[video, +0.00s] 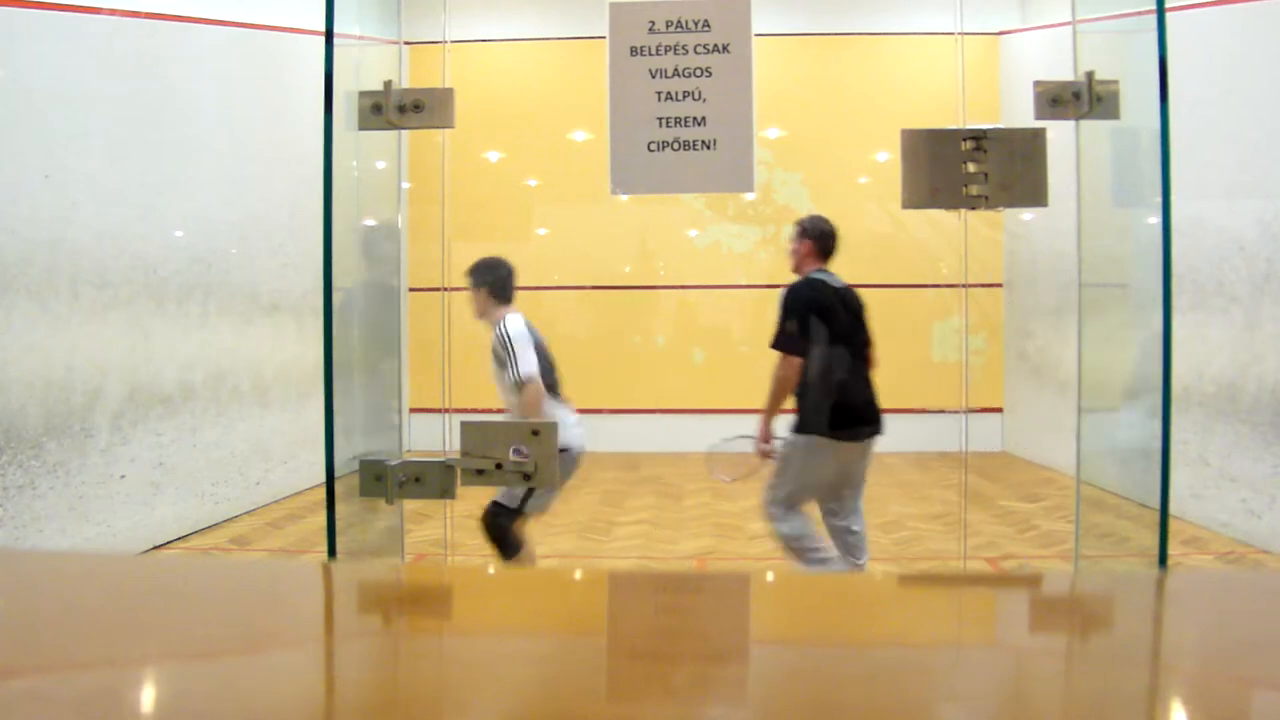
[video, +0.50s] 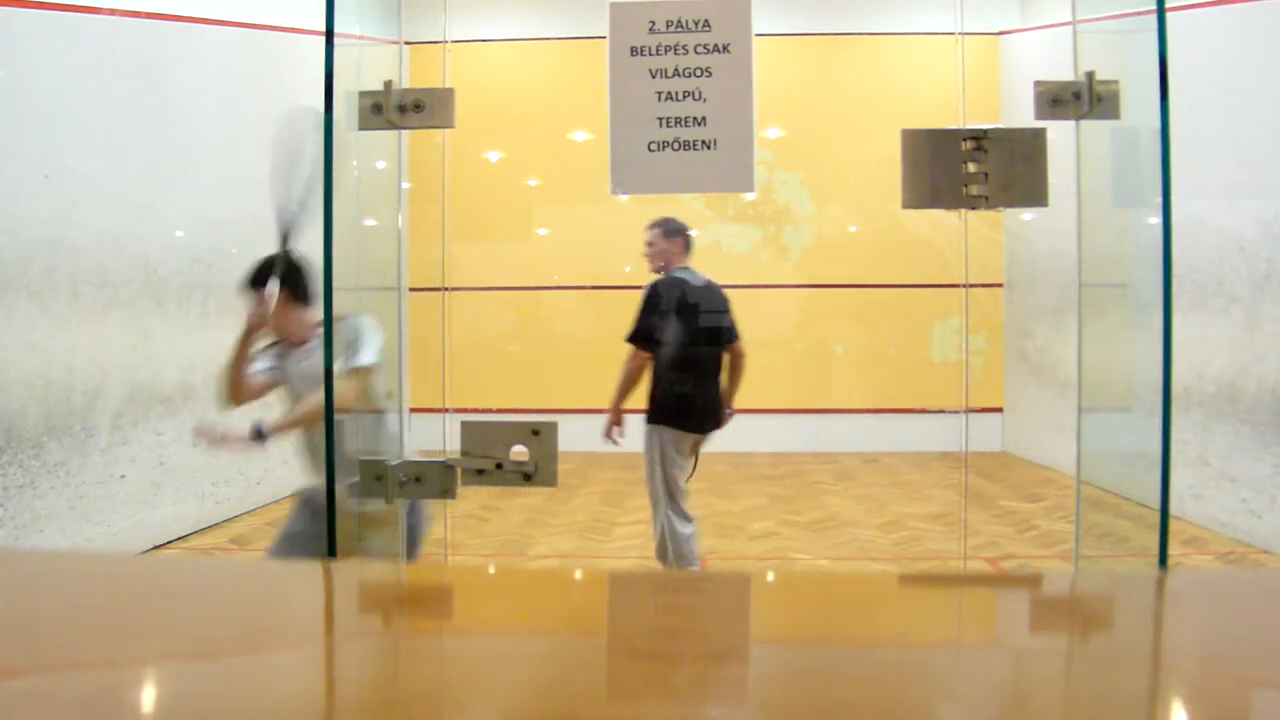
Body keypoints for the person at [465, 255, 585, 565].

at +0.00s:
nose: (471, 298)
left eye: (473, 290)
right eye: (472, 290)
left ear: (487, 292)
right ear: (497, 291)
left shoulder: (510, 328)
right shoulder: (509, 327)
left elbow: (533, 390)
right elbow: (529, 391)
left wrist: (523, 445)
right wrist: (515, 443)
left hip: (557, 443)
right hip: (553, 442)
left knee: (499, 519)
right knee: (501, 519)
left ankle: (531, 592)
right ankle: (530, 590)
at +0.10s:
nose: (442, 304)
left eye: (446, 295)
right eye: (443, 295)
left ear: (465, 296)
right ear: (464, 298)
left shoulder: (500, 340)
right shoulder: (465, 350)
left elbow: (545, 401)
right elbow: (464, 414)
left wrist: (554, 461)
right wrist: (437, 448)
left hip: (522, 459)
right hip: (495, 460)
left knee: (483, 535)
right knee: (503, 543)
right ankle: (541, 598)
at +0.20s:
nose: (407, 299)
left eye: (412, 290)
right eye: (408, 290)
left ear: (431, 290)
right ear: (425, 292)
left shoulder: (478, 334)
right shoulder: (424, 348)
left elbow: (528, 387)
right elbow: (410, 406)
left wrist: (546, 443)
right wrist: (379, 435)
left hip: (496, 461)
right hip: (458, 462)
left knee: (464, 552)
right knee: (460, 553)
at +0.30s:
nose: (368, 298)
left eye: (373, 287)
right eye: (368, 287)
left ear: (393, 285)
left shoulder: (448, 329)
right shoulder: (389, 338)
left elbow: (467, 404)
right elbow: (357, 400)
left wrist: (442, 437)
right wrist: (322, 393)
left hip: (462, 466)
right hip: (420, 467)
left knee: (441, 569)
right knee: (396, 564)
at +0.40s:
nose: (321, 301)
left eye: (329, 290)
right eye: (321, 290)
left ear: (357, 285)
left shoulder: (404, 322)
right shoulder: (338, 337)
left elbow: (390, 395)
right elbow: (298, 384)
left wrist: (320, 412)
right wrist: (281, 338)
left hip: (431, 469)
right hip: (380, 467)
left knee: (429, 581)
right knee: (331, 560)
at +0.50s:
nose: (259, 313)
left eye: (263, 302)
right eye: (258, 303)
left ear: (285, 298)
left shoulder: (357, 329)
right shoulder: (283, 355)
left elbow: (345, 397)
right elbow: (237, 394)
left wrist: (264, 431)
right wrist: (249, 333)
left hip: (386, 499)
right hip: (327, 497)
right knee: (276, 583)